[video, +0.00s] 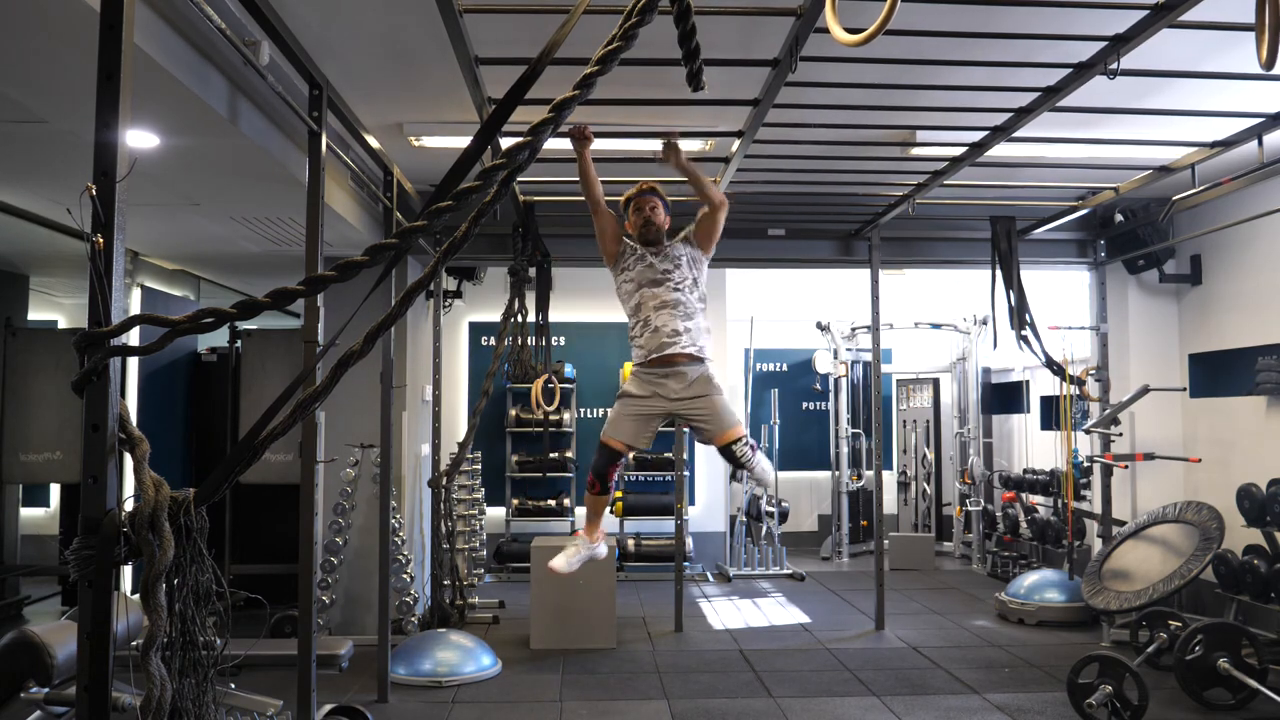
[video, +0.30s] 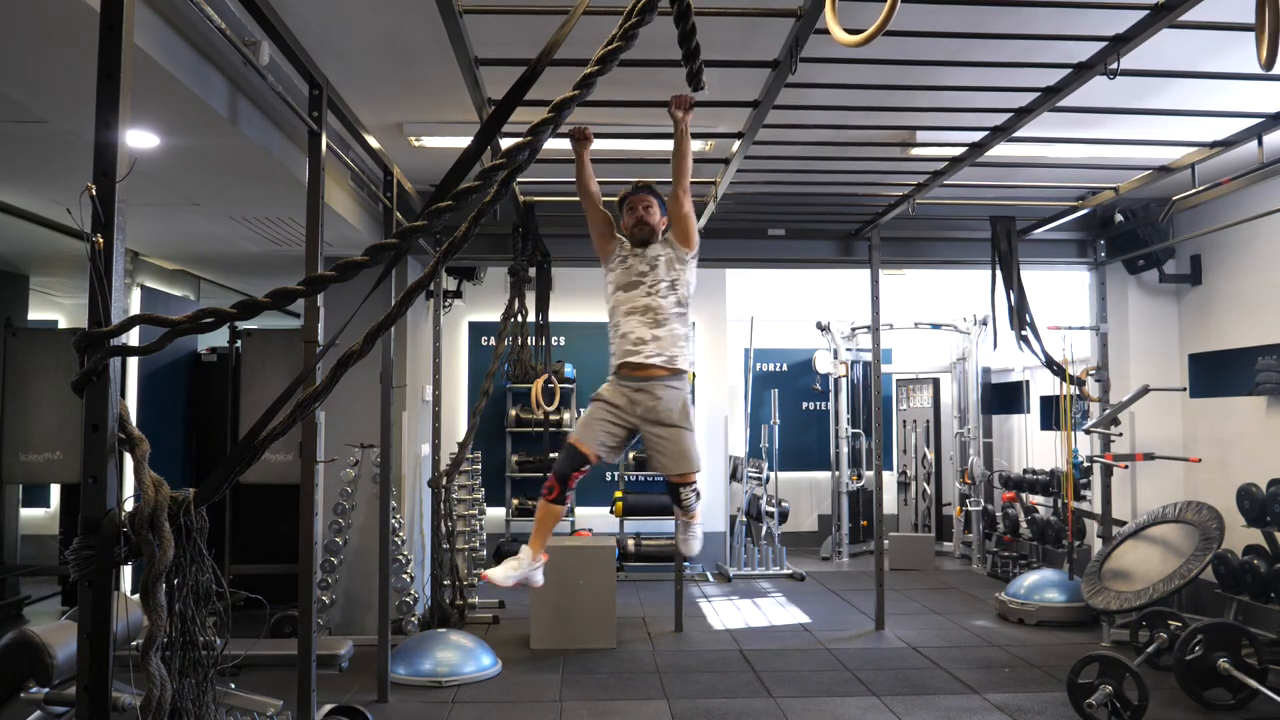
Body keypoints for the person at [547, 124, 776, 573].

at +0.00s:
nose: (646, 212)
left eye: (653, 207)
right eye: (638, 210)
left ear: (668, 217)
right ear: (629, 223)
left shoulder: (693, 250)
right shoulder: (622, 255)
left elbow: (717, 205)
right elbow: (596, 205)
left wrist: (683, 165)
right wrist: (583, 153)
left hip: (696, 376)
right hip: (644, 380)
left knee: (742, 457)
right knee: (602, 466)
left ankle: (754, 464)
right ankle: (591, 537)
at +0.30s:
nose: (640, 212)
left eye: (647, 206)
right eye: (631, 209)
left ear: (664, 215)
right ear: (621, 221)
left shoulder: (679, 249)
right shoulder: (615, 254)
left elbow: (681, 189)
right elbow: (591, 202)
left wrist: (682, 127)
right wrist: (582, 155)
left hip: (668, 388)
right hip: (619, 387)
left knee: (683, 485)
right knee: (565, 469)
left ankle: (688, 513)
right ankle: (531, 558)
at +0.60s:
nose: (608, 207)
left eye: (616, 203)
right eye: (600, 201)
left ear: (627, 216)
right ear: (584, 211)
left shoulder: (640, 248)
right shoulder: (561, 244)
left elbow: (662, 183)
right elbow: (536, 190)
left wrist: (677, 129)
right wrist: (586, 161)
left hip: (616, 387)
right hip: (558, 385)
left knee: (657, 490)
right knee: (506, 489)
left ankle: (650, 523)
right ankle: (510, 511)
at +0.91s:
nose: (617, 182)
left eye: (624, 179)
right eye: (606, 177)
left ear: (633, 193)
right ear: (585, 189)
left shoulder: (644, 228)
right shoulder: (569, 227)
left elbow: (667, 173)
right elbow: (566, 156)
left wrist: (678, 125)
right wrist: (570, 88)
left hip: (641, 379)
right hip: (582, 385)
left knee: (694, 457)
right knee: (574, 508)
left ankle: (720, 574)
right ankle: (593, 561)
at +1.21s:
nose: (642, 173)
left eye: (652, 167)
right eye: (631, 169)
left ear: (669, 181)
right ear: (619, 187)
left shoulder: (699, 219)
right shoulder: (614, 225)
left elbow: (728, 168)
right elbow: (590, 153)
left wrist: (690, 131)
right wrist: (576, 88)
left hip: (710, 359)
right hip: (648, 371)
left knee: (777, 390)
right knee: (621, 490)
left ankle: (843, 483)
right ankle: (630, 574)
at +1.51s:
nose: (651, 155)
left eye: (662, 149)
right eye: (643, 153)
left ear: (685, 161)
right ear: (635, 170)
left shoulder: (707, 191)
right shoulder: (626, 212)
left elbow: (719, 110)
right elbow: (594, 149)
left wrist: (708, 28)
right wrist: (577, 89)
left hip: (715, 373)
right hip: (649, 377)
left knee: (770, 475)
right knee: (582, 471)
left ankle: (805, 505)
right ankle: (550, 585)